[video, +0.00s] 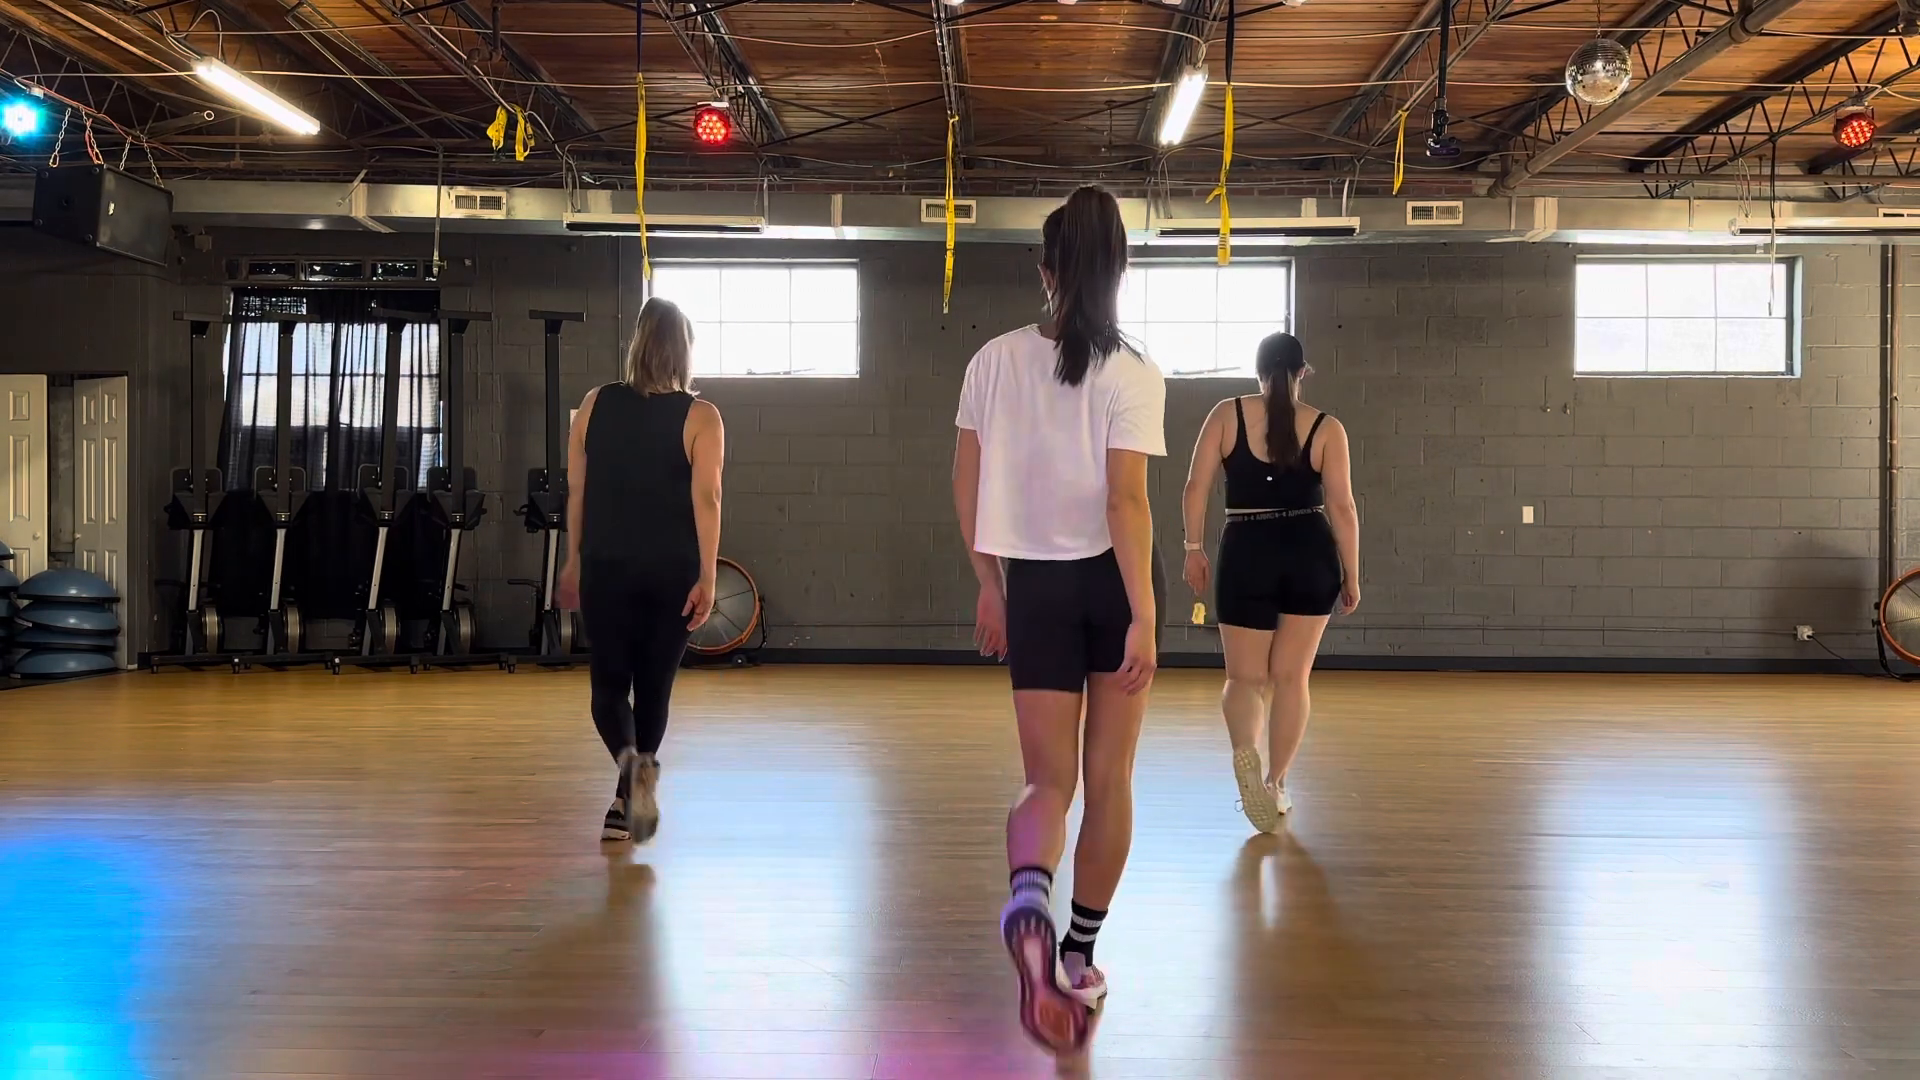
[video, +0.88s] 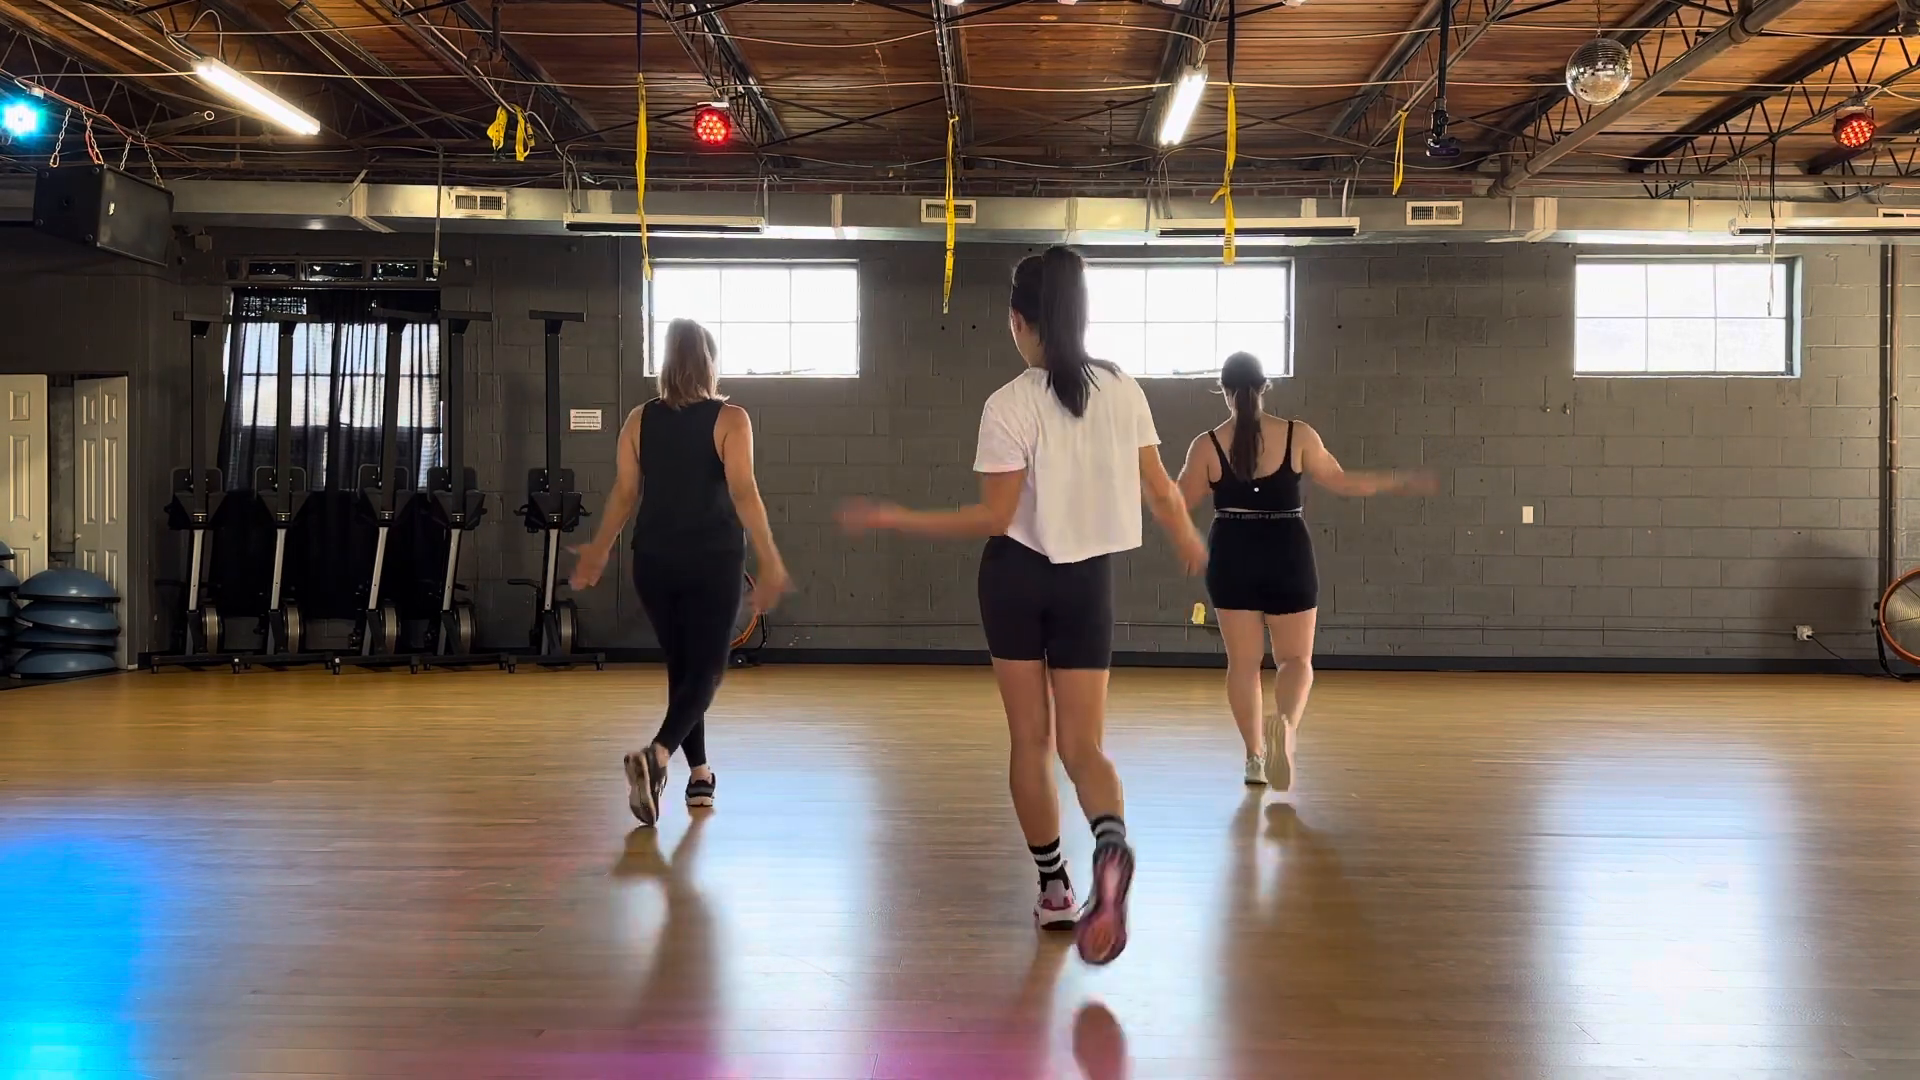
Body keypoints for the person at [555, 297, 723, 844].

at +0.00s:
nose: (687, 354)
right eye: (689, 345)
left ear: (635, 345)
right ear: (685, 350)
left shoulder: (593, 405)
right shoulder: (702, 415)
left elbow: (577, 491)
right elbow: (707, 497)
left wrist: (573, 558)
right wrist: (707, 575)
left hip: (605, 570)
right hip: (672, 572)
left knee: (608, 684)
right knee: (654, 687)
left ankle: (632, 761)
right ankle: (623, 804)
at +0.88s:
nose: (706, 364)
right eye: (708, 355)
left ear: (666, 362)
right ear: (711, 362)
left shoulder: (639, 419)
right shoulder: (730, 417)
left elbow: (625, 491)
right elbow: (743, 490)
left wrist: (598, 548)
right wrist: (770, 560)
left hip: (653, 559)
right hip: (712, 559)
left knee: (681, 665)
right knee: (705, 671)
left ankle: (698, 771)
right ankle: (656, 755)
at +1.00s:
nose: (716, 366)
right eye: (715, 358)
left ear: (672, 364)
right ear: (715, 364)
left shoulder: (648, 421)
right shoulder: (733, 416)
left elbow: (622, 489)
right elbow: (757, 484)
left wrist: (562, 496)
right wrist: (826, 512)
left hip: (660, 561)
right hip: (720, 561)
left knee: (685, 665)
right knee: (736, 659)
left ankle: (700, 773)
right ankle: (677, 692)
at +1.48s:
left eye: (704, 370)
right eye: (743, 373)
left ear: (700, 379)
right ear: (745, 379)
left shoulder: (679, 427)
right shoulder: (766, 427)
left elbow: (629, 460)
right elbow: (826, 454)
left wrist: (637, 427)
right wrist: (783, 449)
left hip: (702, 565)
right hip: (760, 563)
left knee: (704, 670)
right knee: (762, 658)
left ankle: (706, 764)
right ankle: (774, 751)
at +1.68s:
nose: (691, 382)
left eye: (696, 375)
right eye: (693, 374)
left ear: (714, 380)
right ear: (740, 383)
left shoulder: (698, 426)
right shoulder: (767, 426)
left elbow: (688, 470)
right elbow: (822, 455)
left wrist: (654, 468)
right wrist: (788, 476)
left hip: (721, 565)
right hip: (772, 559)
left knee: (704, 668)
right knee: (764, 654)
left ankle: (724, 752)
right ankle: (771, 752)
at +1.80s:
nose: (690, 381)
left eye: (700, 375)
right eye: (694, 373)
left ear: (727, 387)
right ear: (732, 390)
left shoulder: (713, 429)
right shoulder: (758, 429)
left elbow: (735, 476)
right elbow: (806, 457)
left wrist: (688, 502)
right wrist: (772, 493)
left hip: (732, 563)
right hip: (772, 556)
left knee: (699, 662)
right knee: (762, 651)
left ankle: (738, 752)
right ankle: (772, 749)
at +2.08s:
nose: (701, 382)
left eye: (713, 375)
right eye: (698, 374)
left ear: (738, 384)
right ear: (693, 383)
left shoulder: (755, 431)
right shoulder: (706, 428)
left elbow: (794, 489)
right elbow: (712, 494)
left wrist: (780, 553)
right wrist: (701, 549)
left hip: (746, 560)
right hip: (712, 559)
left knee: (713, 651)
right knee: (746, 651)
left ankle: (732, 758)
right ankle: (782, 733)